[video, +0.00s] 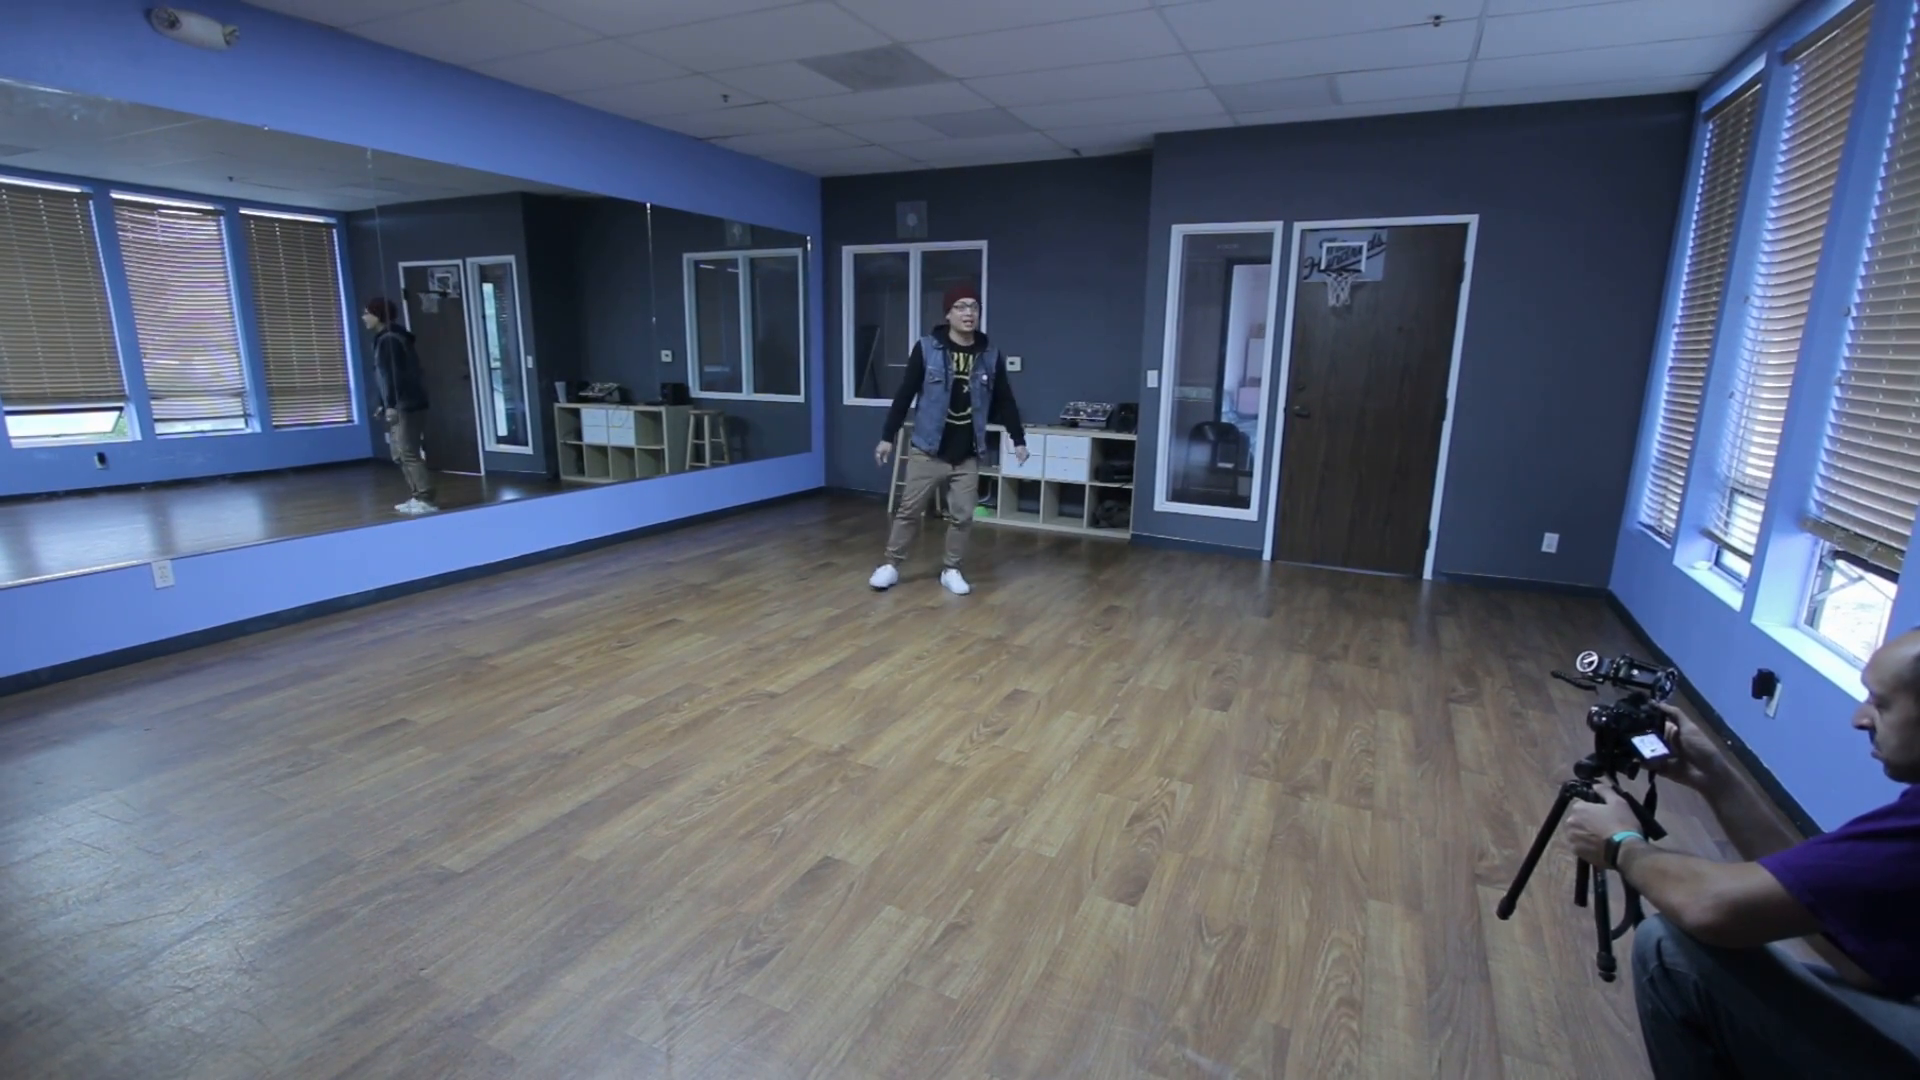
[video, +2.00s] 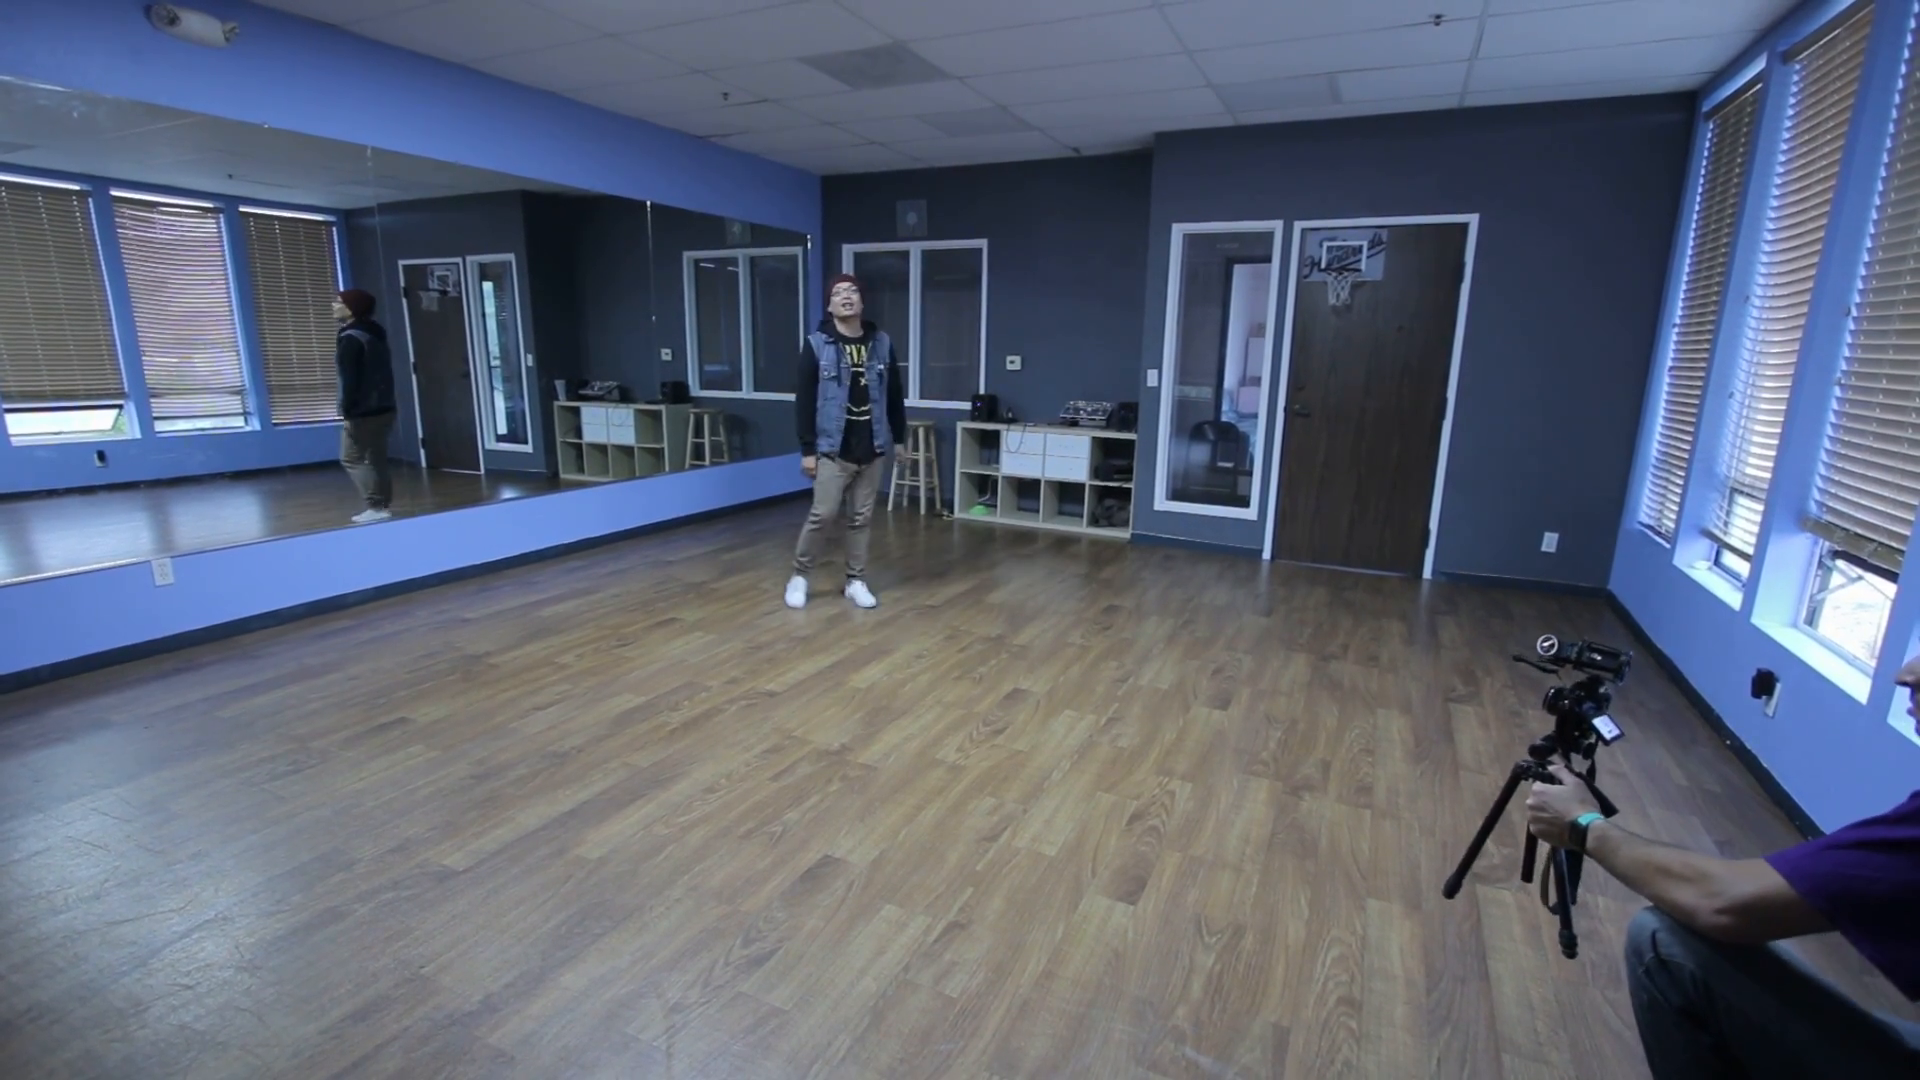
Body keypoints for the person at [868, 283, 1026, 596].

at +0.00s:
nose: (968, 314)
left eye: (973, 308)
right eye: (961, 308)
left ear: (979, 315)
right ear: (948, 314)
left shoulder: (990, 355)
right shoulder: (927, 348)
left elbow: (1004, 400)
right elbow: (905, 394)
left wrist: (1018, 439)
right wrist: (888, 437)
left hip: (967, 451)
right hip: (928, 448)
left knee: (963, 516)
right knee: (909, 508)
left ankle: (952, 570)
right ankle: (891, 565)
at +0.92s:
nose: (934, 328)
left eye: (939, 322)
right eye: (926, 322)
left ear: (945, 327)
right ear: (910, 327)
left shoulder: (953, 364)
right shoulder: (888, 367)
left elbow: (967, 415)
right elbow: (878, 426)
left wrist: (982, 462)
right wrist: (891, 473)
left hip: (939, 460)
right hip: (902, 463)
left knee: (942, 518)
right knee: (901, 526)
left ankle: (948, 568)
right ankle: (908, 593)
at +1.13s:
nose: (921, 334)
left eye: (926, 327)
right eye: (912, 327)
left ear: (934, 331)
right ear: (896, 332)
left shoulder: (941, 367)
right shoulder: (876, 369)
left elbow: (947, 423)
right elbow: (868, 428)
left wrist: (938, 469)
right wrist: (876, 482)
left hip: (923, 462)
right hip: (888, 463)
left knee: (920, 518)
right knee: (892, 525)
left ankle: (920, 566)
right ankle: (905, 592)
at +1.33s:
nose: (906, 318)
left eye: (912, 311)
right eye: (898, 311)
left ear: (920, 317)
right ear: (884, 318)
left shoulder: (930, 355)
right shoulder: (865, 356)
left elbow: (934, 409)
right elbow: (853, 414)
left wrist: (910, 447)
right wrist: (861, 466)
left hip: (911, 449)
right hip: (876, 451)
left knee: (905, 515)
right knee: (888, 519)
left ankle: (872, 565)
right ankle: (905, 590)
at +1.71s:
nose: (868, 298)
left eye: (874, 293)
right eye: (860, 294)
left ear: (883, 303)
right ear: (849, 306)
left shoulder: (900, 346)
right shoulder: (834, 346)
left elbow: (916, 399)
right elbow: (820, 402)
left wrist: (926, 446)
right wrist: (821, 452)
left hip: (889, 446)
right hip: (848, 447)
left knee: (877, 516)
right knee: (863, 513)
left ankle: (856, 579)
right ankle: (882, 586)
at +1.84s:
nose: (859, 298)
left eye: (864, 293)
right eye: (851, 295)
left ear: (874, 304)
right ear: (840, 307)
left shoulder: (892, 346)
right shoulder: (825, 347)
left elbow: (907, 397)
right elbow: (814, 402)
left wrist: (921, 442)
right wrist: (812, 451)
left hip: (881, 447)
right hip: (840, 447)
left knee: (871, 519)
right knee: (848, 514)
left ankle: (858, 581)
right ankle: (843, 588)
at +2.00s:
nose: (846, 297)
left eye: (851, 291)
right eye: (839, 293)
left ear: (862, 300)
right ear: (829, 305)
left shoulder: (882, 343)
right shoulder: (817, 344)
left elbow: (894, 395)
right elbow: (805, 400)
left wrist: (899, 440)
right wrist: (808, 450)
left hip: (873, 446)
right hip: (834, 446)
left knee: (861, 518)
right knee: (822, 514)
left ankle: (855, 580)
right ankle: (800, 576)